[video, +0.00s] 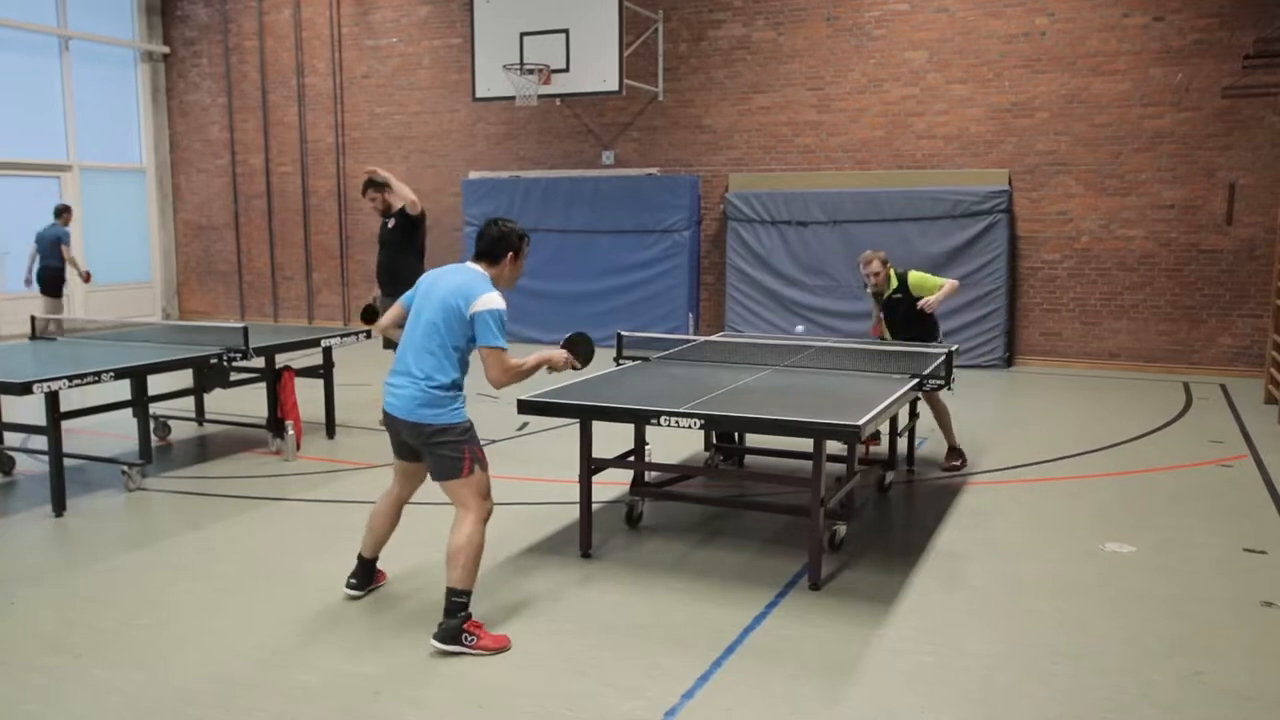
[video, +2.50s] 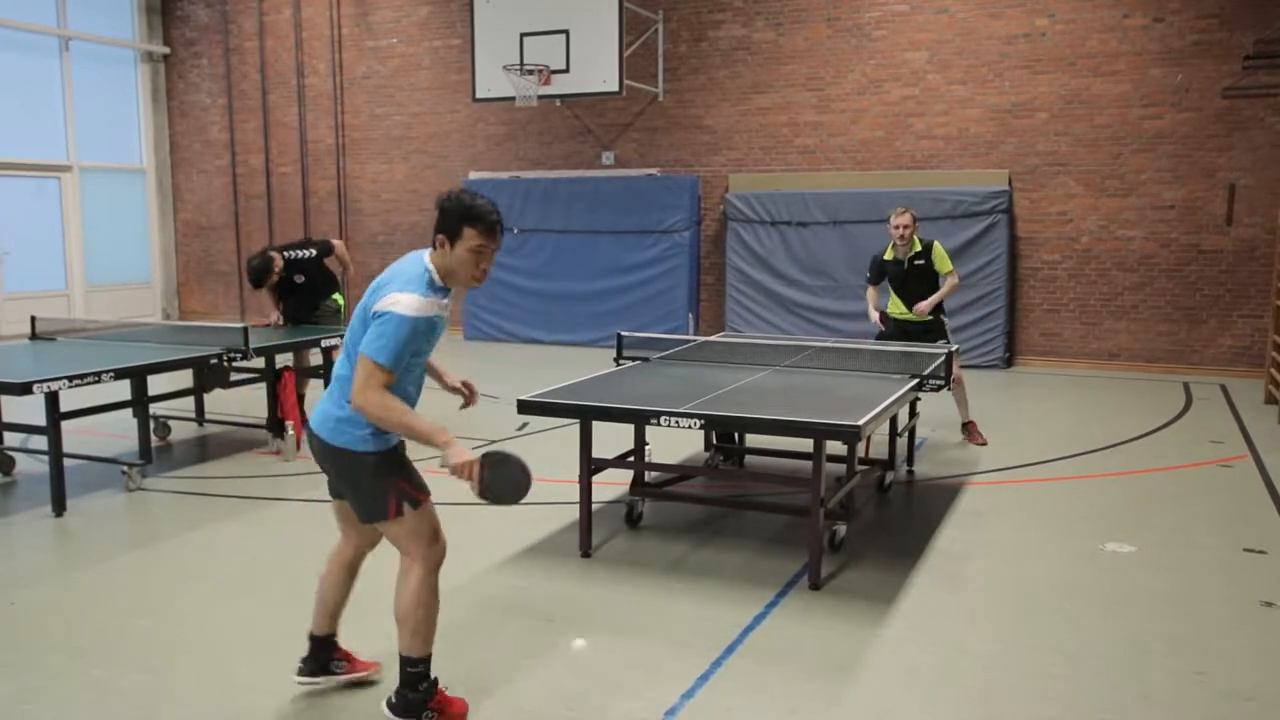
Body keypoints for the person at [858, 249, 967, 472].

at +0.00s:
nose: (872, 281)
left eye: (876, 274)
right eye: (867, 276)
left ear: (887, 270)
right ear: (863, 276)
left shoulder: (910, 280)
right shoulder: (874, 289)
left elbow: (953, 283)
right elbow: (877, 304)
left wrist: (937, 297)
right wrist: (876, 321)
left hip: (926, 348)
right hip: (896, 348)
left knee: (930, 395)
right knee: (872, 385)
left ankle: (953, 449)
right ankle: (871, 431)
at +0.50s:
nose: (857, 244)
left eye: (861, 238)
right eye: (852, 240)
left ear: (872, 235)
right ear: (848, 242)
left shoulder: (895, 251)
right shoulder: (857, 263)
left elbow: (917, 281)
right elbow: (859, 295)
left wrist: (886, 300)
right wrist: (847, 313)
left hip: (919, 325)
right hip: (885, 326)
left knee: (943, 377)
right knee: (863, 373)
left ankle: (965, 421)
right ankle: (861, 432)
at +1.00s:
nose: (879, 273)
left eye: (883, 267)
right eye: (874, 268)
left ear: (894, 264)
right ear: (870, 269)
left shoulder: (912, 274)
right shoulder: (870, 295)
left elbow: (948, 284)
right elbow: (849, 312)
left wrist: (944, 290)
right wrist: (818, 314)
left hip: (930, 347)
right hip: (894, 352)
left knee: (961, 391)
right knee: (870, 391)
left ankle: (986, 443)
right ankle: (859, 446)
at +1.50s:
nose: (887, 261)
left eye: (892, 255)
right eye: (883, 257)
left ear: (905, 253)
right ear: (880, 258)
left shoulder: (927, 266)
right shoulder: (886, 283)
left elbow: (951, 294)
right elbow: (870, 314)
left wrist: (917, 302)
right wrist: (870, 332)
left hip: (944, 340)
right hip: (909, 341)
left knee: (966, 390)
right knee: (880, 383)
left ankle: (991, 439)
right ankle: (865, 439)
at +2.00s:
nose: (904, 263)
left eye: (909, 258)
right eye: (899, 258)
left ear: (917, 254)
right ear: (891, 255)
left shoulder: (932, 266)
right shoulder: (884, 284)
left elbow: (957, 282)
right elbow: (859, 313)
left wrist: (968, 297)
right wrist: (859, 328)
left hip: (936, 337)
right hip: (900, 338)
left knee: (965, 384)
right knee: (878, 384)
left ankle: (991, 439)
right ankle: (867, 436)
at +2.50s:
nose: (901, 232)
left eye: (906, 227)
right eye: (896, 227)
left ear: (915, 228)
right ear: (889, 229)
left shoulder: (931, 248)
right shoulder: (882, 258)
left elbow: (952, 279)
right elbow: (872, 286)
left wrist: (931, 302)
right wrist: (873, 310)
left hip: (931, 323)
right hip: (896, 322)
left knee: (955, 374)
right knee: (877, 372)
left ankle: (967, 423)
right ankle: (866, 429)